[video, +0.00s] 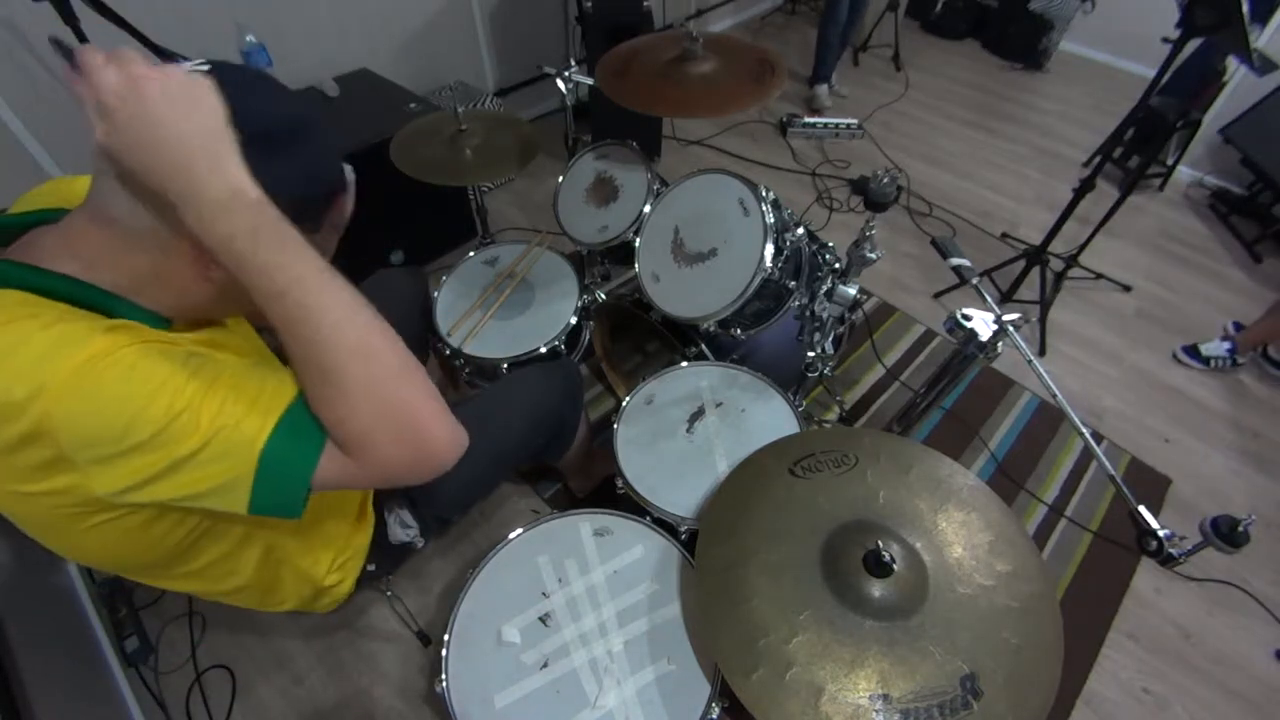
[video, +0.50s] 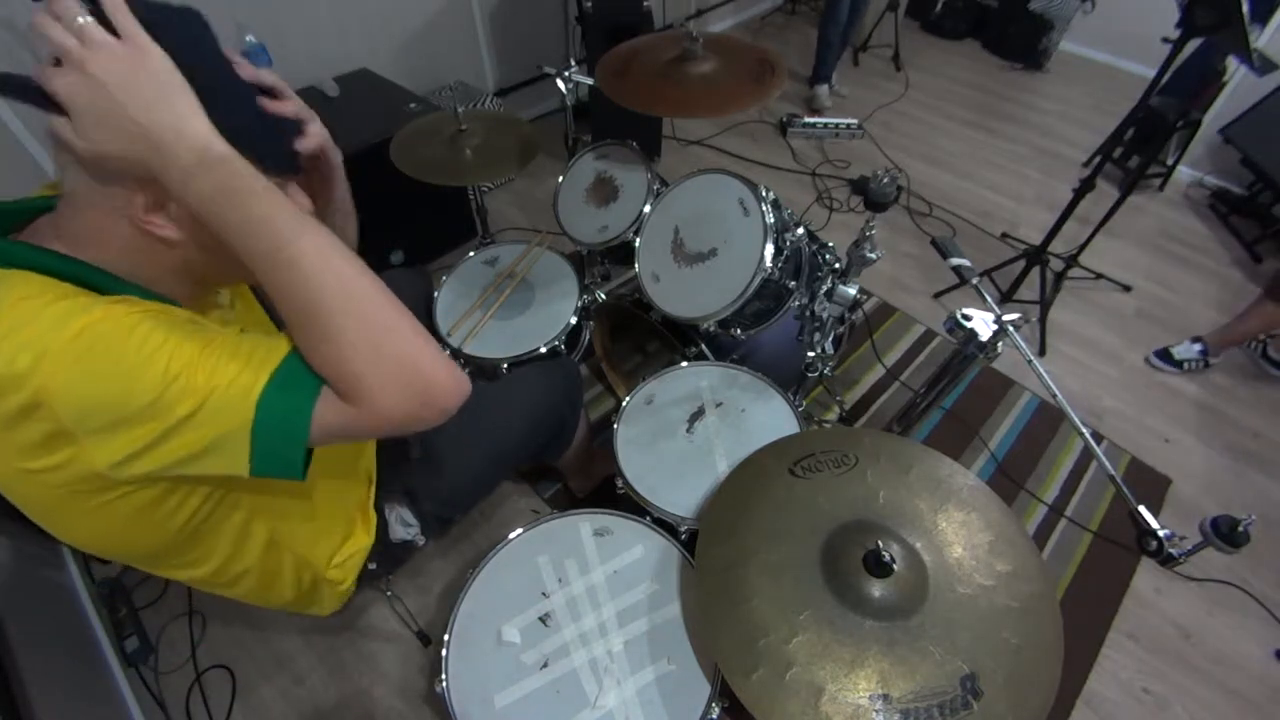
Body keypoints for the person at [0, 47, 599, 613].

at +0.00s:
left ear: (123, 180)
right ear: (215, 258)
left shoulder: (51, 209)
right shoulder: (85, 396)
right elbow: (422, 441)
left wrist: (315, 244)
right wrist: (218, 193)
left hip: (243, 377)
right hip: (334, 519)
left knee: (414, 285)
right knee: (555, 382)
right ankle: (580, 468)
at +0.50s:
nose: (292, 208)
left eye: (287, 187)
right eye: (272, 195)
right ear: (161, 217)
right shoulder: (78, 366)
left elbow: (318, 287)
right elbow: (425, 391)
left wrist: (327, 184)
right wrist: (190, 156)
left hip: (269, 364)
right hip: (341, 503)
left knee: (488, 277)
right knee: (553, 376)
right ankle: (575, 470)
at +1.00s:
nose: (283, 188)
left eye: (268, 160)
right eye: (245, 175)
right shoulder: (72, 368)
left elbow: (323, 246)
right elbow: (431, 379)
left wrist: (263, 108)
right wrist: (155, 191)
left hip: (265, 355)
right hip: (339, 503)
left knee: (486, 277)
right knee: (552, 378)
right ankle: (572, 470)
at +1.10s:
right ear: (28, 180)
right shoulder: (51, 371)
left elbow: (320, 249)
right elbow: (429, 385)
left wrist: (253, 118)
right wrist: (187, 174)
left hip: (285, 343)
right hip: (340, 499)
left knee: (496, 274)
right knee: (551, 375)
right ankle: (574, 471)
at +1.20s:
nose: (256, 204)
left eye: (243, 179)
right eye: (231, 185)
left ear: (140, 195)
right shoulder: (92, 383)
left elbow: (288, 257)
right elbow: (416, 422)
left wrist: (272, 134)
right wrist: (272, 156)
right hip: (348, 507)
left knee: (473, 273)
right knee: (552, 377)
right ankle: (577, 469)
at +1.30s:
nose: (250, 196)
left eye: (248, 177)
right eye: (236, 176)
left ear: (137, 190)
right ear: (142, 189)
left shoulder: (78, 251)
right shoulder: (112, 392)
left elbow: (262, 297)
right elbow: (388, 461)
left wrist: (277, 183)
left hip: (279, 393)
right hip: (349, 516)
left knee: (426, 292)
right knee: (554, 375)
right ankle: (567, 472)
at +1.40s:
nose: (232, 172)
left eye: (223, 151)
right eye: (214, 154)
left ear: (128, 182)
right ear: (132, 180)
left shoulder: (73, 263)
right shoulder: (134, 390)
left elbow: (221, 321)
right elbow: (363, 463)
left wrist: (332, 241)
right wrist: (453, 302)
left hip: (271, 399)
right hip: (350, 523)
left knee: (420, 283)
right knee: (555, 376)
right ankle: (574, 471)